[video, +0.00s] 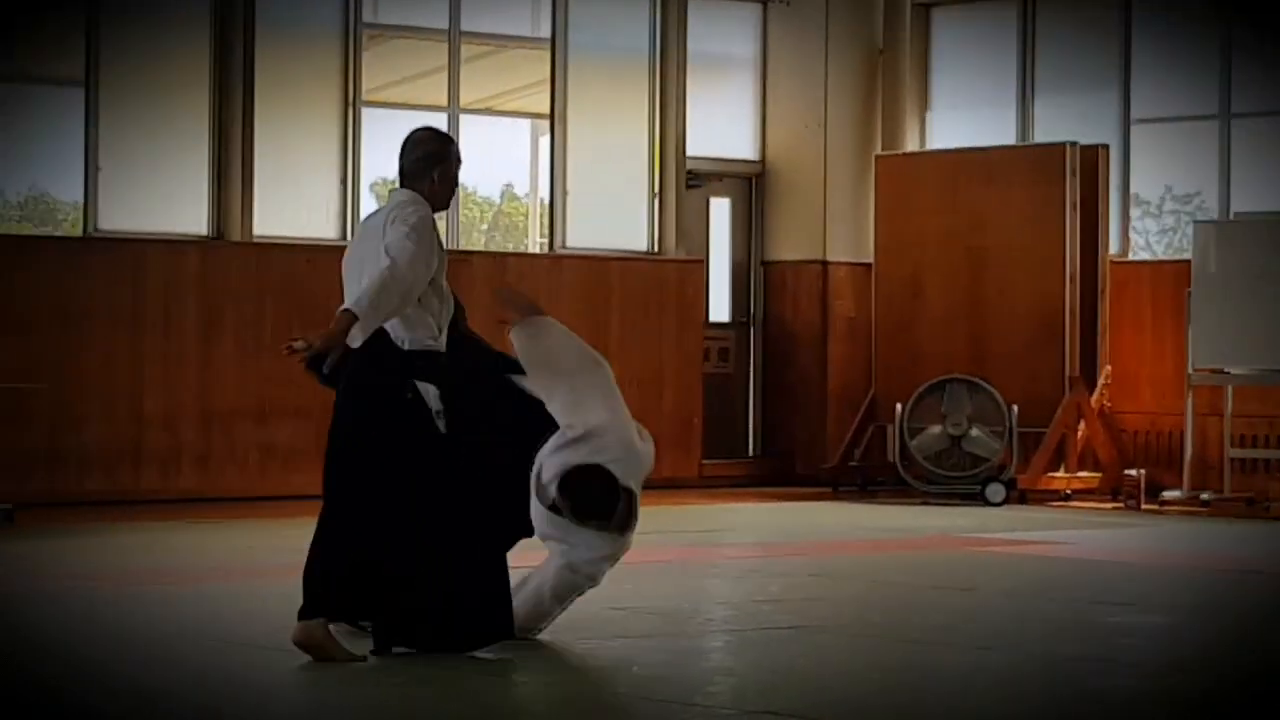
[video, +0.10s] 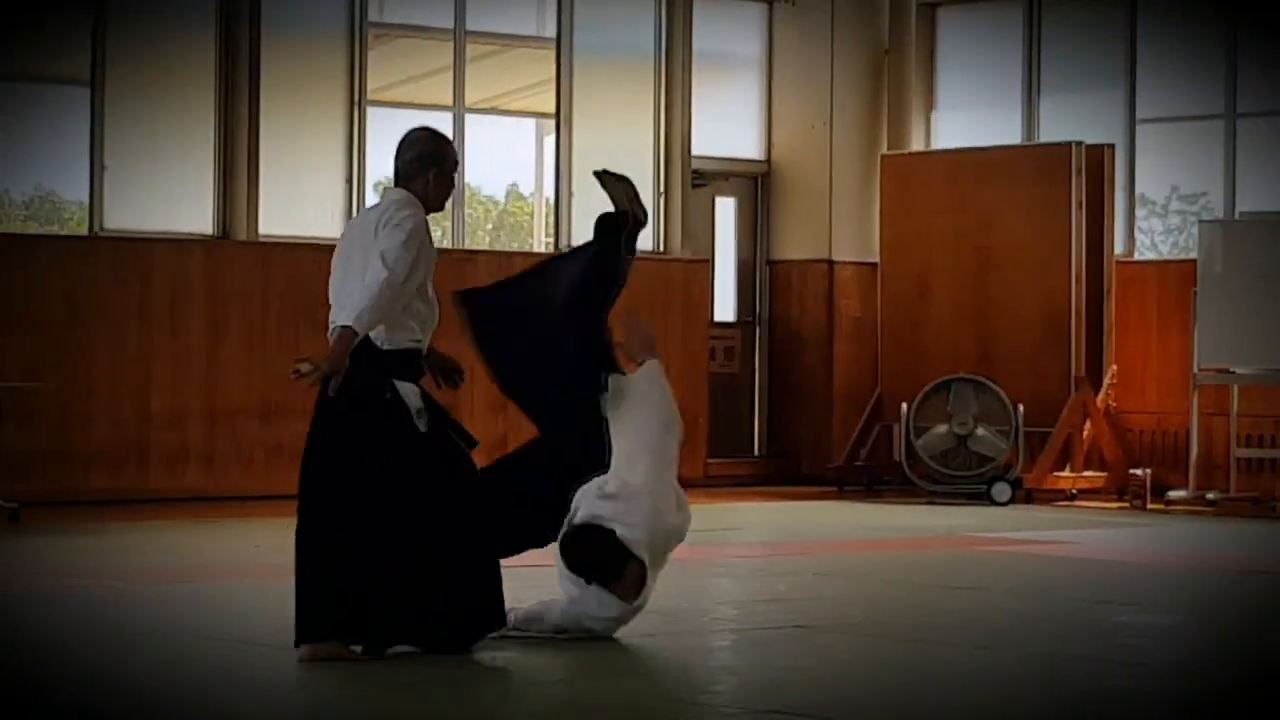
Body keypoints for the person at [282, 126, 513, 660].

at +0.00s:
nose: (458, 182)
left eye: (457, 171)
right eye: (455, 171)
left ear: (406, 171)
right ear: (436, 171)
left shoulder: (372, 223)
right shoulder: (415, 219)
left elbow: (365, 294)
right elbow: (395, 278)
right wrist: (339, 331)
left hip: (365, 375)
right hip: (403, 379)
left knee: (351, 495)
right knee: (412, 498)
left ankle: (316, 615)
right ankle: (406, 624)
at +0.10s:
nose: (454, 187)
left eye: (454, 175)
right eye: (451, 174)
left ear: (403, 171)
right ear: (429, 172)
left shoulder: (360, 223)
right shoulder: (409, 220)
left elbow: (366, 309)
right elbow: (385, 286)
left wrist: (426, 356)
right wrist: (341, 348)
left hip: (345, 383)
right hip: (383, 387)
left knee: (335, 505)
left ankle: (325, 631)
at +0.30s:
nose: (438, 164)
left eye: (439, 152)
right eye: (435, 151)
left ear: (388, 147)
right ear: (411, 149)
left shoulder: (343, 199)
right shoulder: (385, 195)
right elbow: (375, 276)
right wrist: (379, 357)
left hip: (332, 361)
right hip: (367, 361)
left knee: (334, 491)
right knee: (440, 475)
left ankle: (322, 626)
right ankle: (415, 618)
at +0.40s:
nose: (432, 154)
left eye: (432, 143)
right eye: (428, 142)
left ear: (379, 140)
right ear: (406, 142)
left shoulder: (337, 195)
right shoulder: (385, 194)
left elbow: (327, 282)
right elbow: (378, 276)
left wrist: (356, 344)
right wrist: (390, 357)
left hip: (334, 355)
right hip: (373, 358)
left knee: (332, 490)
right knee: (406, 490)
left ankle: (323, 627)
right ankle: (388, 626)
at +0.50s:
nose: (431, 150)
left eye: (431, 139)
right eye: (427, 139)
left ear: (378, 138)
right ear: (406, 140)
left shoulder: (336, 197)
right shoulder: (390, 195)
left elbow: (326, 290)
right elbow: (386, 281)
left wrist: (328, 363)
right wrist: (394, 361)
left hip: (337, 359)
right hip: (378, 359)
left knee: (336, 492)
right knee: (386, 497)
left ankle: (323, 627)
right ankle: (362, 632)